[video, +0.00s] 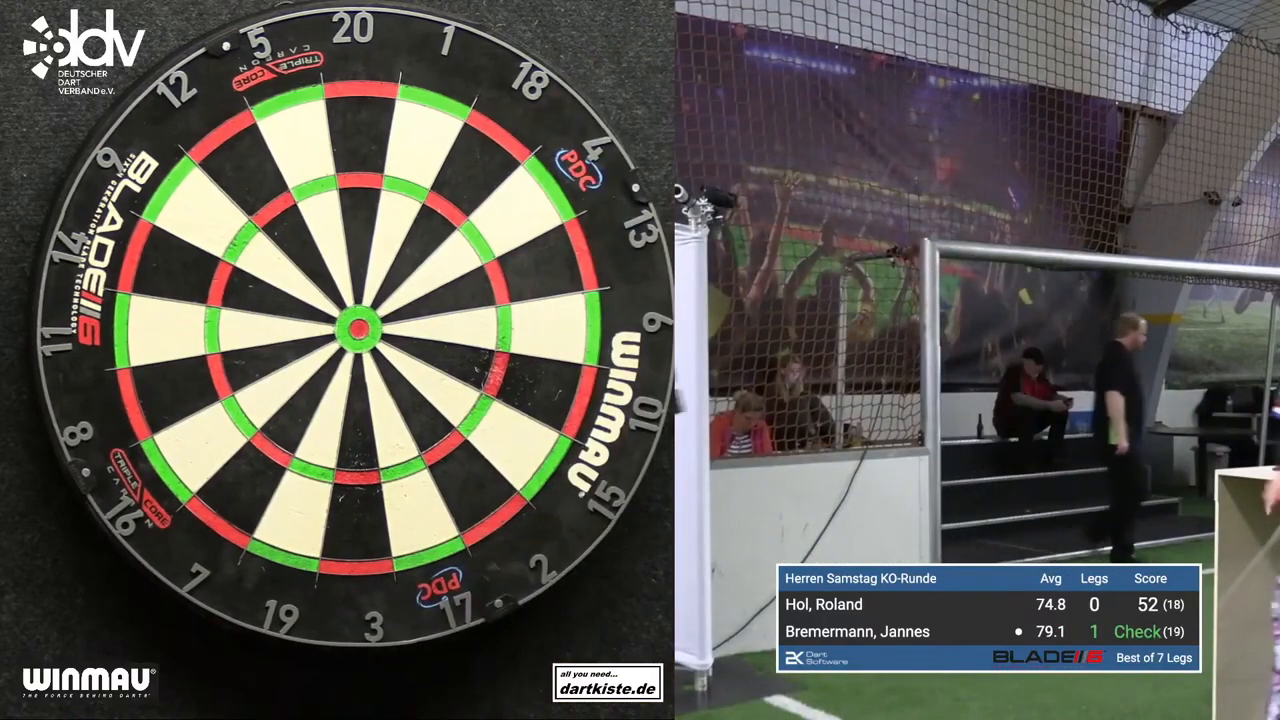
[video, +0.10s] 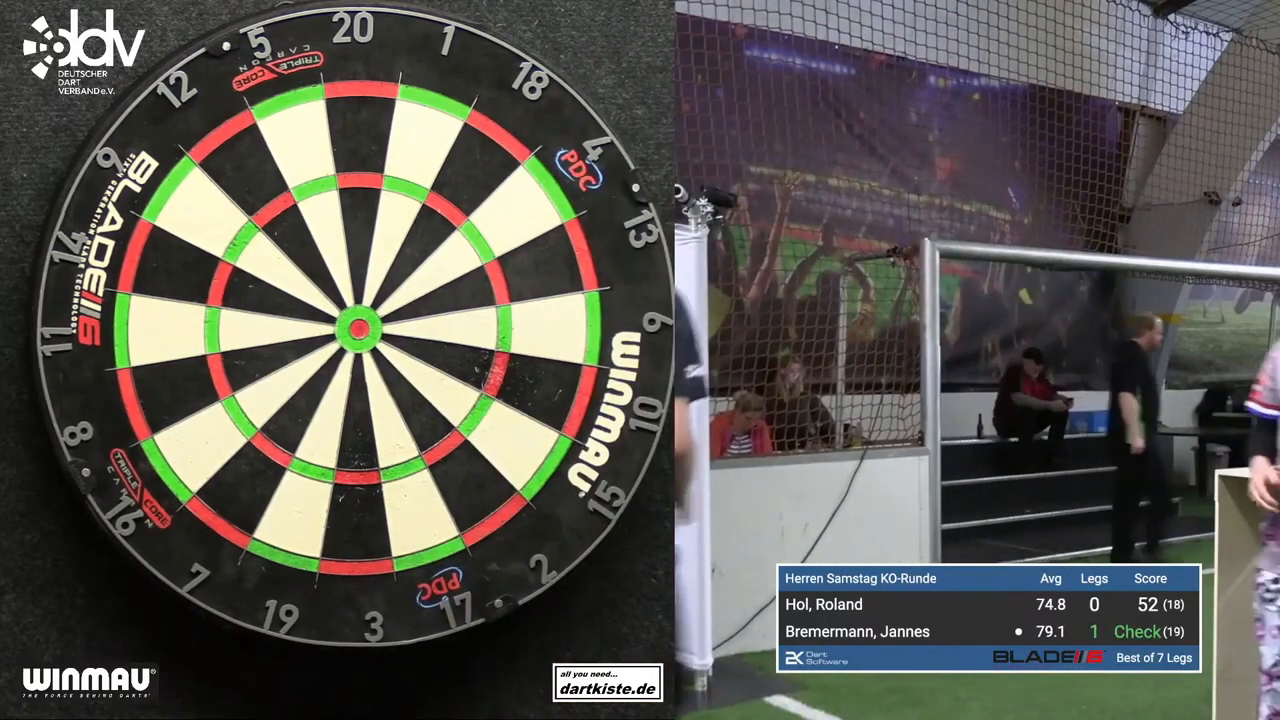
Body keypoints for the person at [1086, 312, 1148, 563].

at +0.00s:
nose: (1145, 339)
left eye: (1145, 335)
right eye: (1143, 334)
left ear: (1128, 333)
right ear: (1131, 333)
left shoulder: (1117, 356)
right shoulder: (1117, 356)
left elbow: (1116, 396)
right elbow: (1114, 396)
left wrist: (1126, 434)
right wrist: (1121, 436)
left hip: (1122, 439)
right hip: (1118, 440)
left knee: (1128, 491)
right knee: (1130, 491)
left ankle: (1123, 550)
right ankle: (1121, 552)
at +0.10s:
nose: (1160, 339)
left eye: (1160, 334)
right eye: (1158, 333)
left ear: (1145, 333)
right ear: (1146, 333)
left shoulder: (1133, 354)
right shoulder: (1131, 354)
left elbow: (1132, 395)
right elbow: (1126, 395)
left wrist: (1142, 432)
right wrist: (1135, 433)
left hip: (1135, 439)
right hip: (1136, 440)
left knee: (1126, 498)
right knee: (1161, 495)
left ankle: (1121, 554)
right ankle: (1153, 548)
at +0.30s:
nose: (1190, 342)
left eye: (1189, 337)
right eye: (1187, 337)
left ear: (1172, 337)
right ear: (1175, 337)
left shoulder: (1166, 361)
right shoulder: (1162, 361)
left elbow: (1170, 404)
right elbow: (1157, 403)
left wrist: (1185, 432)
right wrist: (1162, 441)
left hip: (1161, 444)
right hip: (1164, 445)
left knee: (1141, 500)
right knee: (1188, 500)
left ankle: (1124, 553)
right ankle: (1207, 552)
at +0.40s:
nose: (1210, 340)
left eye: (1209, 335)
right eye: (1207, 335)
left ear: (1190, 336)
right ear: (1194, 336)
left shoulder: (1182, 357)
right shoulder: (1184, 360)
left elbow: (1184, 404)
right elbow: (1179, 404)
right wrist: (1184, 444)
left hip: (1178, 442)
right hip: (1183, 444)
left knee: (1167, 498)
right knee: (1204, 501)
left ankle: (1134, 541)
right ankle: (1210, 553)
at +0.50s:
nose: (1218, 337)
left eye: (1218, 332)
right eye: (1215, 332)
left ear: (1197, 333)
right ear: (1204, 334)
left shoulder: (1187, 357)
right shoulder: (1199, 359)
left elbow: (1182, 401)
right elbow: (1197, 402)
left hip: (1189, 437)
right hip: (1196, 438)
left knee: (1202, 490)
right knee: (1203, 491)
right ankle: (1153, 531)